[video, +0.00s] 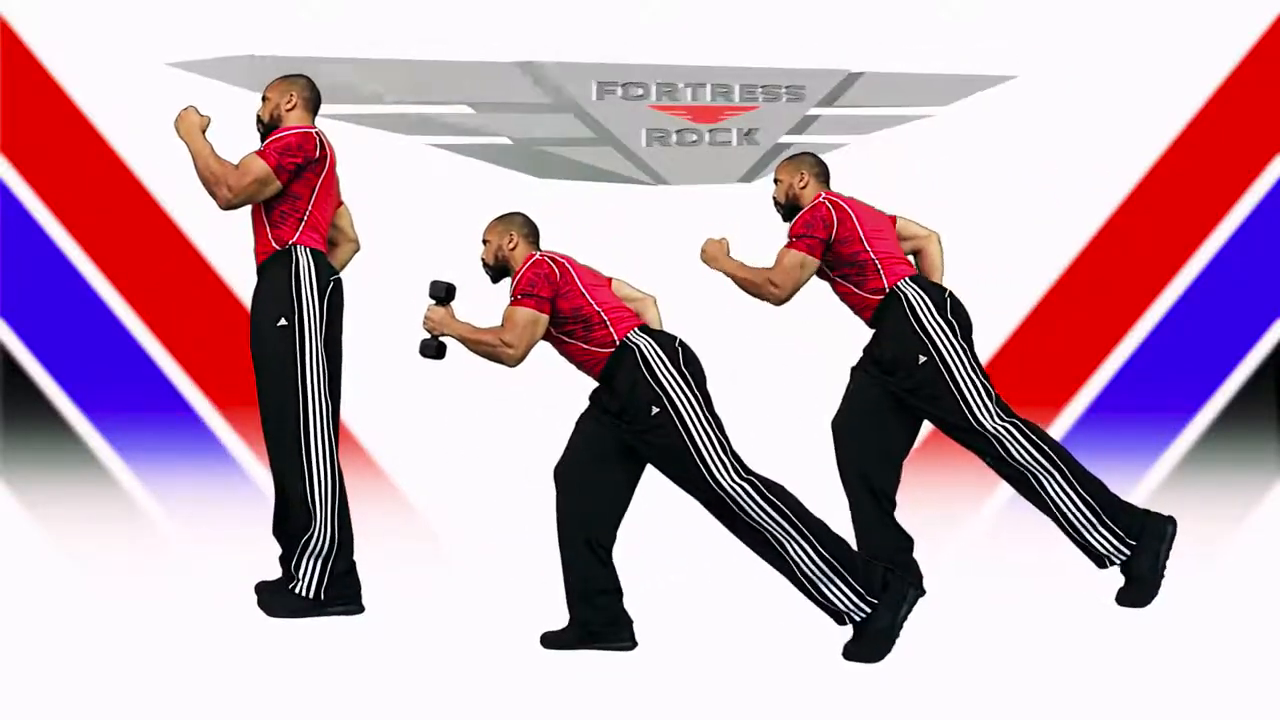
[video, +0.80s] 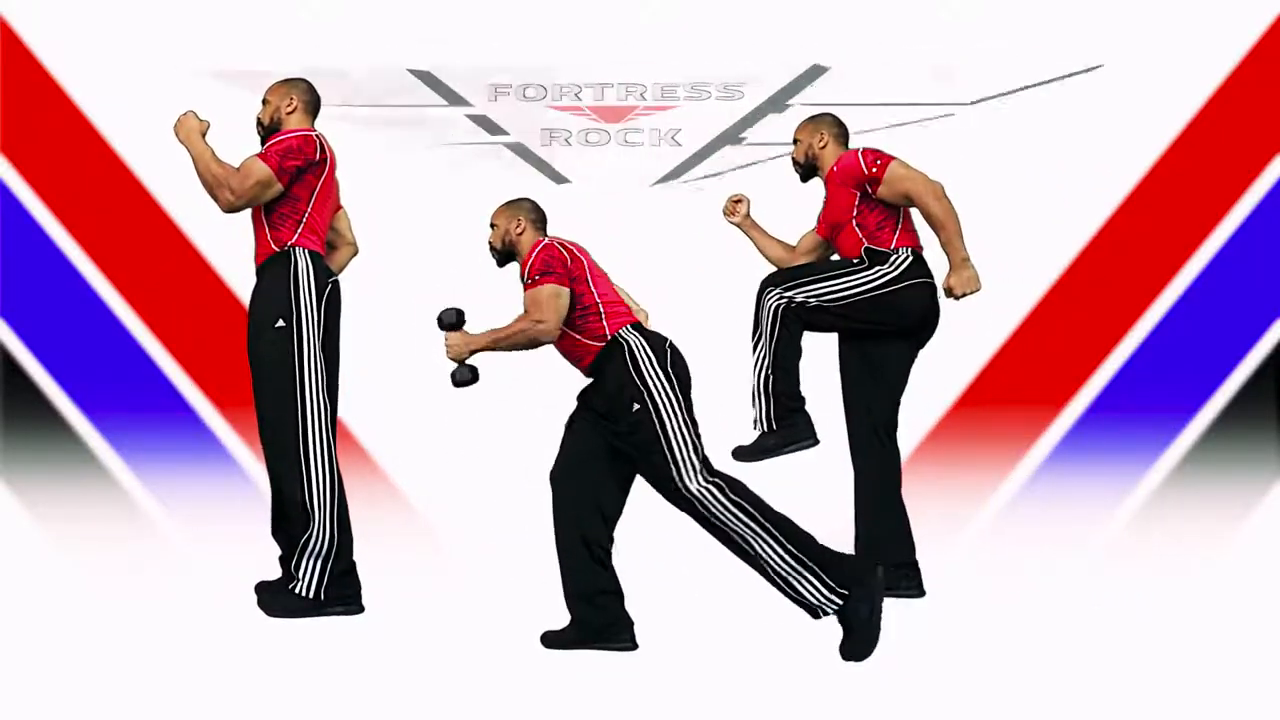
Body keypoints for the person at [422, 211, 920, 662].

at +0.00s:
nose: (483, 253)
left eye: (489, 243)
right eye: (484, 245)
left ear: (516, 239)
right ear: (523, 243)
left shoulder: (537, 270)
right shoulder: (565, 271)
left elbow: (510, 348)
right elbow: (643, 302)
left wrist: (447, 324)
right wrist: (653, 369)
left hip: (648, 367)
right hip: (625, 384)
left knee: (731, 489)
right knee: (580, 484)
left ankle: (872, 599)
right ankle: (600, 622)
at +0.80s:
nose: (490, 235)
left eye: (497, 225)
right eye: (490, 229)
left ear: (524, 223)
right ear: (523, 229)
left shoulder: (546, 252)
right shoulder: (559, 261)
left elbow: (544, 323)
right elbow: (634, 313)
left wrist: (476, 343)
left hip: (636, 363)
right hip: (610, 384)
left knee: (693, 484)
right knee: (576, 487)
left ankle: (843, 588)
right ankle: (600, 620)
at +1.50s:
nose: (536, 186)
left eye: (542, 176)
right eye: (537, 178)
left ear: (568, 175)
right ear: (568, 177)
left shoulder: (591, 205)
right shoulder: (571, 236)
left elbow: (644, 257)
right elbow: (554, 307)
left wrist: (631, 329)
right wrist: (500, 274)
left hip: (600, 323)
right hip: (606, 342)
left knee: (488, 353)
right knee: (580, 489)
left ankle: (498, 482)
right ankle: (602, 621)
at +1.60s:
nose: (536, 187)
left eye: (541, 177)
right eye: (536, 179)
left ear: (567, 175)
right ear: (568, 178)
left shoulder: (590, 205)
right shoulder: (571, 237)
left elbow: (644, 257)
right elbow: (552, 306)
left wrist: (631, 328)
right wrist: (500, 274)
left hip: (601, 323)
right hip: (606, 343)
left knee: (488, 350)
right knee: (579, 488)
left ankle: (493, 478)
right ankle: (603, 621)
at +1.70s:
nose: (535, 188)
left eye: (541, 178)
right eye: (536, 180)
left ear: (566, 176)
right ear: (567, 179)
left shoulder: (591, 207)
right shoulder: (571, 237)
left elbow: (643, 257)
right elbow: (553, 308)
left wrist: (627, 327)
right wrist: (500, 277)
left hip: (601, 324)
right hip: (607, 344)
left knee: (489, 357)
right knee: (578, 487)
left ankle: (494, 485)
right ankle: (603, 621)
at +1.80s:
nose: (534, 189)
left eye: (538, 179)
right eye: (534, 181)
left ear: (563, 176)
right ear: (568, 177)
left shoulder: (589, 208)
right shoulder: (571, 235)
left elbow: (633, 259)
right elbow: (562, 315)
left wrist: (607, 329)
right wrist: (505, 292)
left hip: (598, 342)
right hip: (618, 354)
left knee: (497, 384)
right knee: (583, 490)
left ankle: (532, 513)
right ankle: (602, 622)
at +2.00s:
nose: (517, 202)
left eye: (521, 192)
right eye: (516, 194)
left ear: (546, 188)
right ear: (549, 190)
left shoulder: (575, 220)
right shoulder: (559, 241)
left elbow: (587, 287)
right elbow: (595, 326)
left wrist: (517, 325)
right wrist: (551, 355)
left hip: (622, 341)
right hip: (598, 355)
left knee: (601, 470)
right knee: (577, 480)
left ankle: (733, 558)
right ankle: (602, 619)